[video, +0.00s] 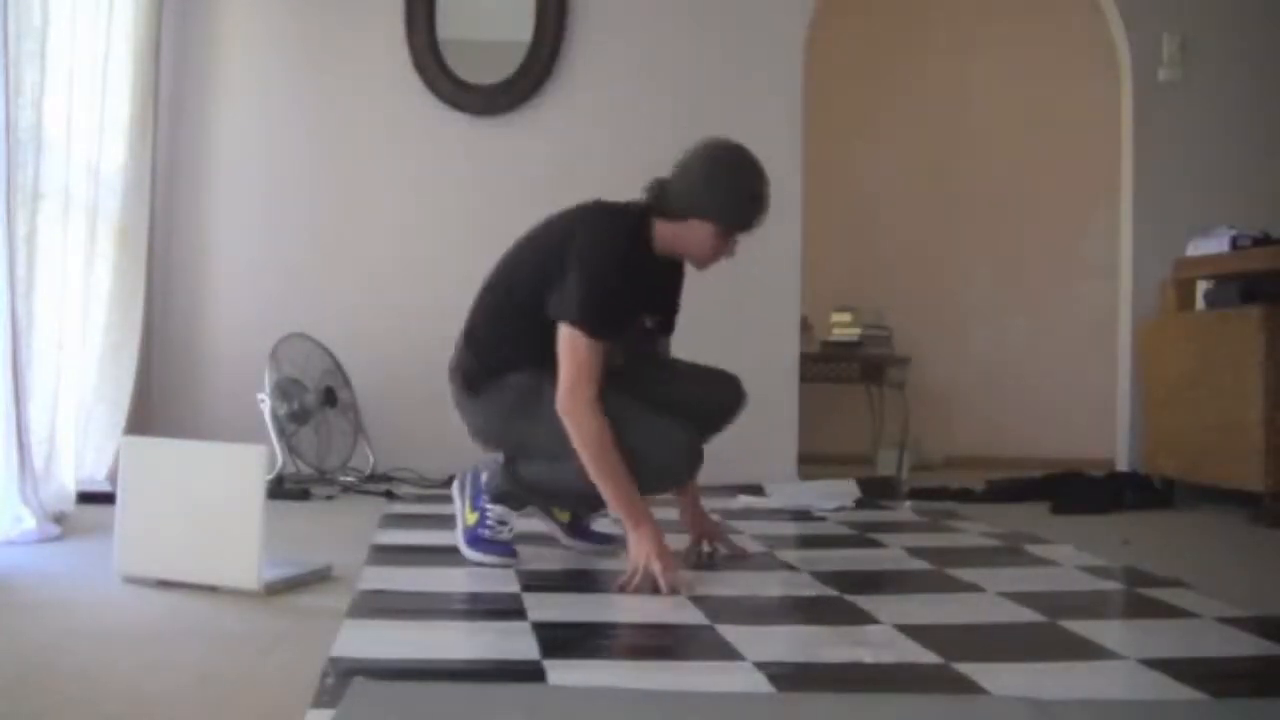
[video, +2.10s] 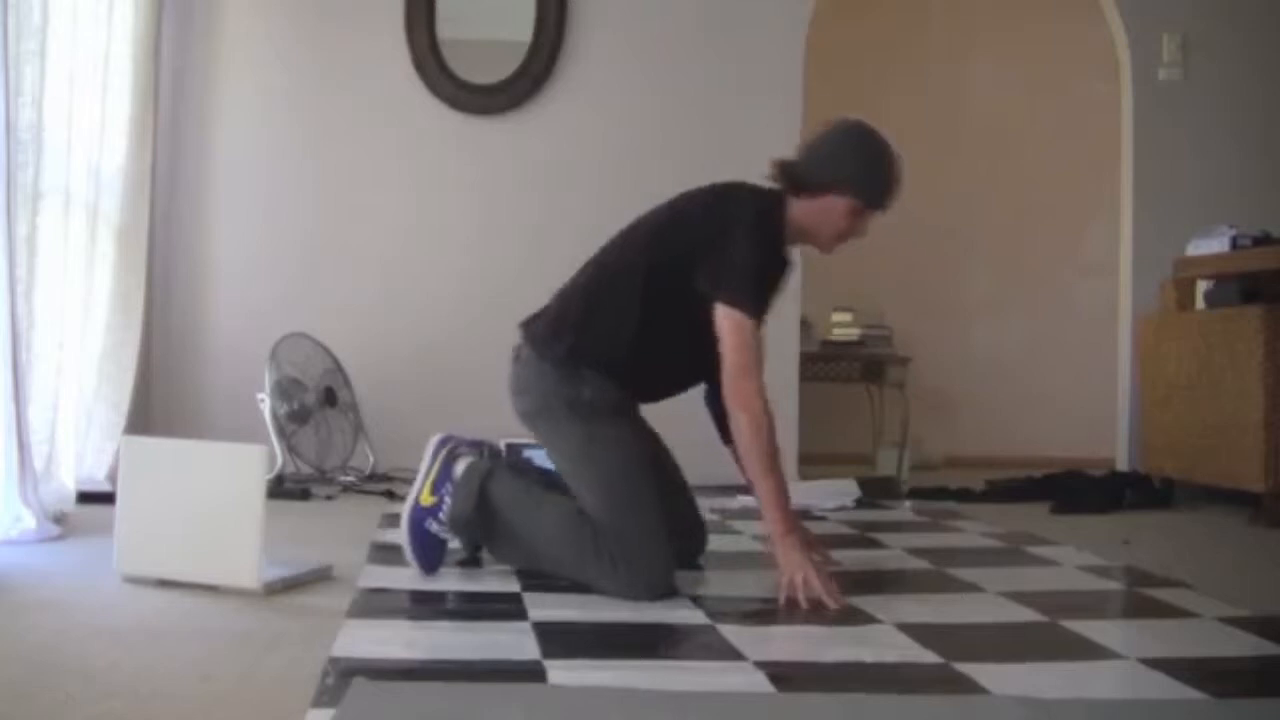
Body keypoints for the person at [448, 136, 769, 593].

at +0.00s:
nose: (730, 250)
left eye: (736, 236)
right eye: (727, 233)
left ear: (691, 213)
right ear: (695, 215)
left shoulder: (665, 262)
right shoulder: (601, 246)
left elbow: (651, 379)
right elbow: (575, 402)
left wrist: (691, 507)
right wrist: (640, 528)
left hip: (568, 379)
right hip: (498, 393)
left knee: (718, 396)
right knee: (669, 454)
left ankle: (567, 493)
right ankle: (492, 487)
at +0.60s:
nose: (769, 230)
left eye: (773, 215)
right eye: (764, 213)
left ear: (732, 206)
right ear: (731, 205)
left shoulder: (701, 262)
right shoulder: (638, 247)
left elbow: (710, 382)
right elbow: (652, 404)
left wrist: (769, 509)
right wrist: (715, 536)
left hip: (609, 401)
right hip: (535, 405)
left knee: (744, 453)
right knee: (665, 515)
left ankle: (584, 499)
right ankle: (506, 485)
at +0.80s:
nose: (833, 224)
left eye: (839, 208)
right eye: (831, 204)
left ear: (787, 190)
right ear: (796, 192)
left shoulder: (745, 257)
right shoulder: (696, 232)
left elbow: (736, 393)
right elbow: (682, 405)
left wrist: (778, 514)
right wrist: (720, 542)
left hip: (646, 408)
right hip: (575, 407)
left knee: (771, 518)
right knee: (681, 560)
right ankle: (524, 484)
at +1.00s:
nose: (895, 223)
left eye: (901, 208)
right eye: (894, 203)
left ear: (861, 191)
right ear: (858, 184)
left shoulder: (792, 248)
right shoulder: (760, 223)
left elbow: (757, 383)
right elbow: (703, 385)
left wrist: (781, 512)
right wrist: (723, 538)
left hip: (670, 390)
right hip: (600, 386)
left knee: (766, 540)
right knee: (695, 562)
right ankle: (539, 478)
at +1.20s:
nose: (945, 238)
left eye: (953, 224)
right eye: (947, 219)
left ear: (905, 196)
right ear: (913, 201)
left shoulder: (834, 235)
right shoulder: (821, 230)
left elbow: (769, 386)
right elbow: (747, 382)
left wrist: (783, 526)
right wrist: (779, 535)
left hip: (666, 373)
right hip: (630, 370)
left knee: (729, 540)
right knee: (721, 562)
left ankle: (566, 483)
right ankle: (542, 487)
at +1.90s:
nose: (914, 270)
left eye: (925, 259)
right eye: (921, 252)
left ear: (887, 220)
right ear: (894, 222)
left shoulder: (813, 254)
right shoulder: (803, 231)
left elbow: (742, 398)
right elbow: (765, 391)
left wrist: (783, 519)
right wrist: (781, 537)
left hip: (628, 374)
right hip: (596, 361)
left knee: (680, 542)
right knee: (645, 570)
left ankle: (502, 482)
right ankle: (477, 487)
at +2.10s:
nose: (858, 230)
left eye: (867, 218)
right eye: (862, 212)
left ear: (829, 193)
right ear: (832, 193)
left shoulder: (763, 244)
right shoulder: (743, 225)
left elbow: (729, 401)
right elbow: (742, 396)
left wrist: (782, 521)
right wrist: (785, 538)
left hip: (594, 385)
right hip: (560, 379)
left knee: (679, 541)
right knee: (641, 576)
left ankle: (505, 482)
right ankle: (474, 490)